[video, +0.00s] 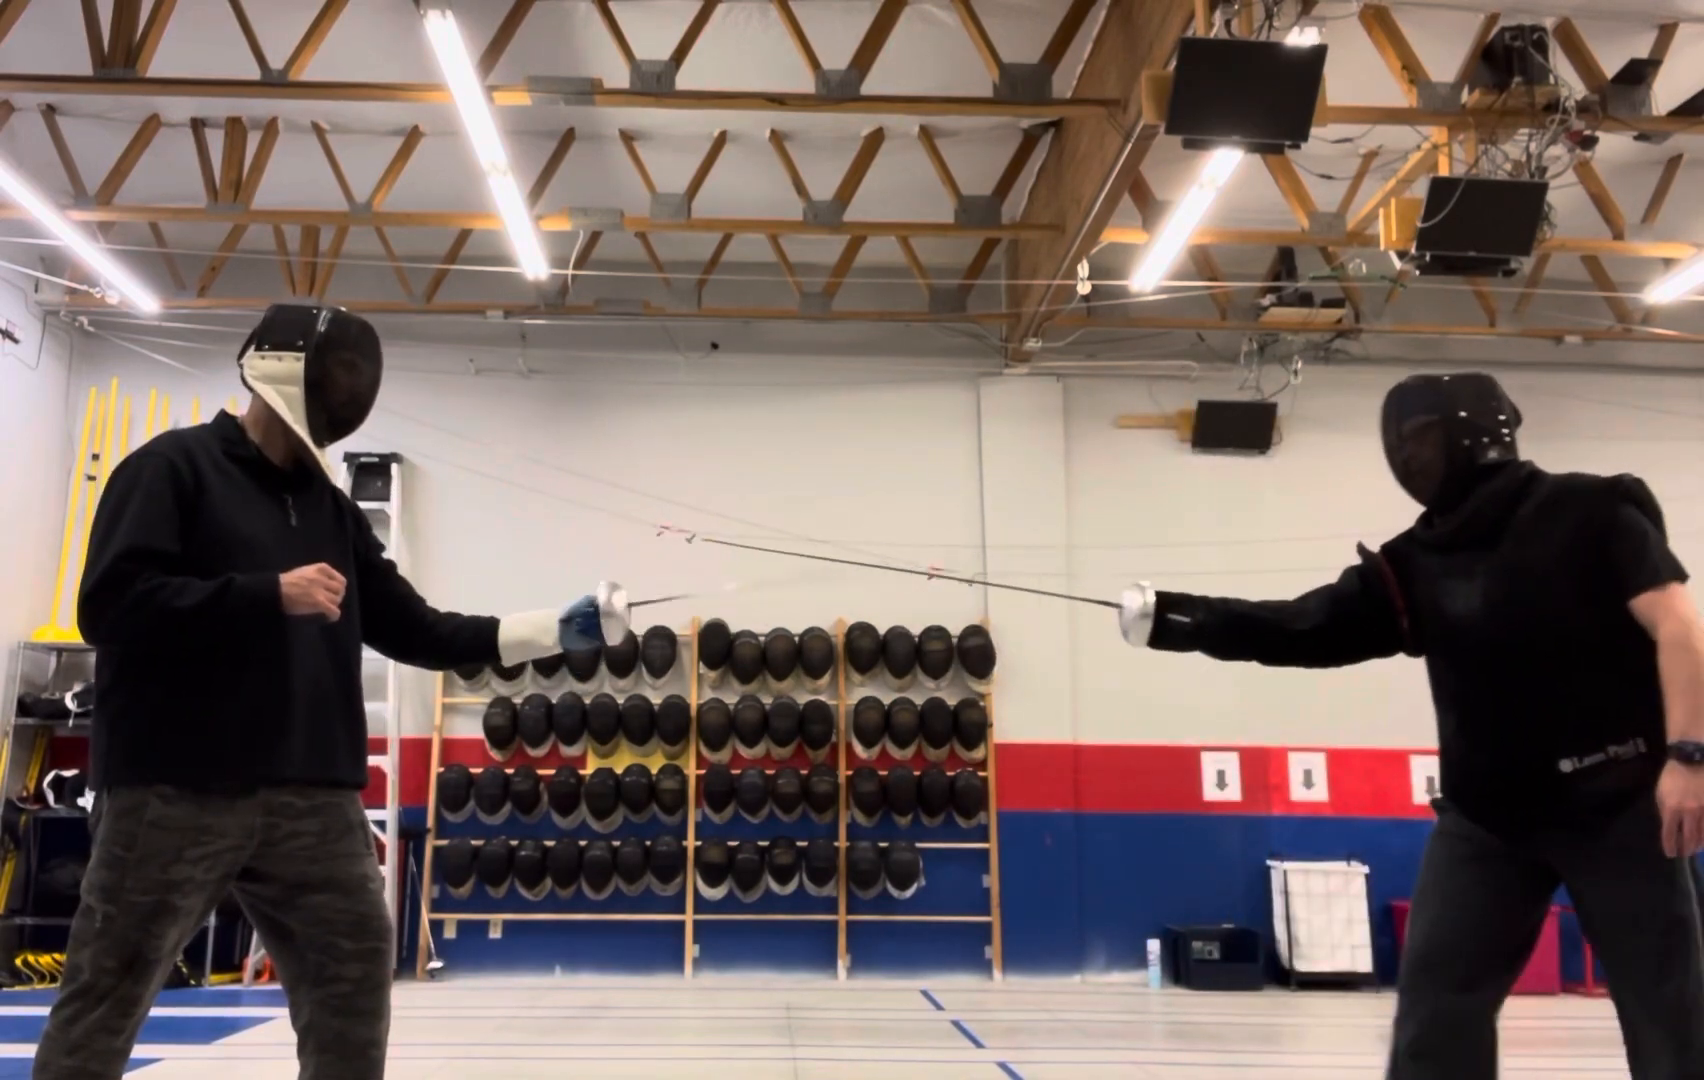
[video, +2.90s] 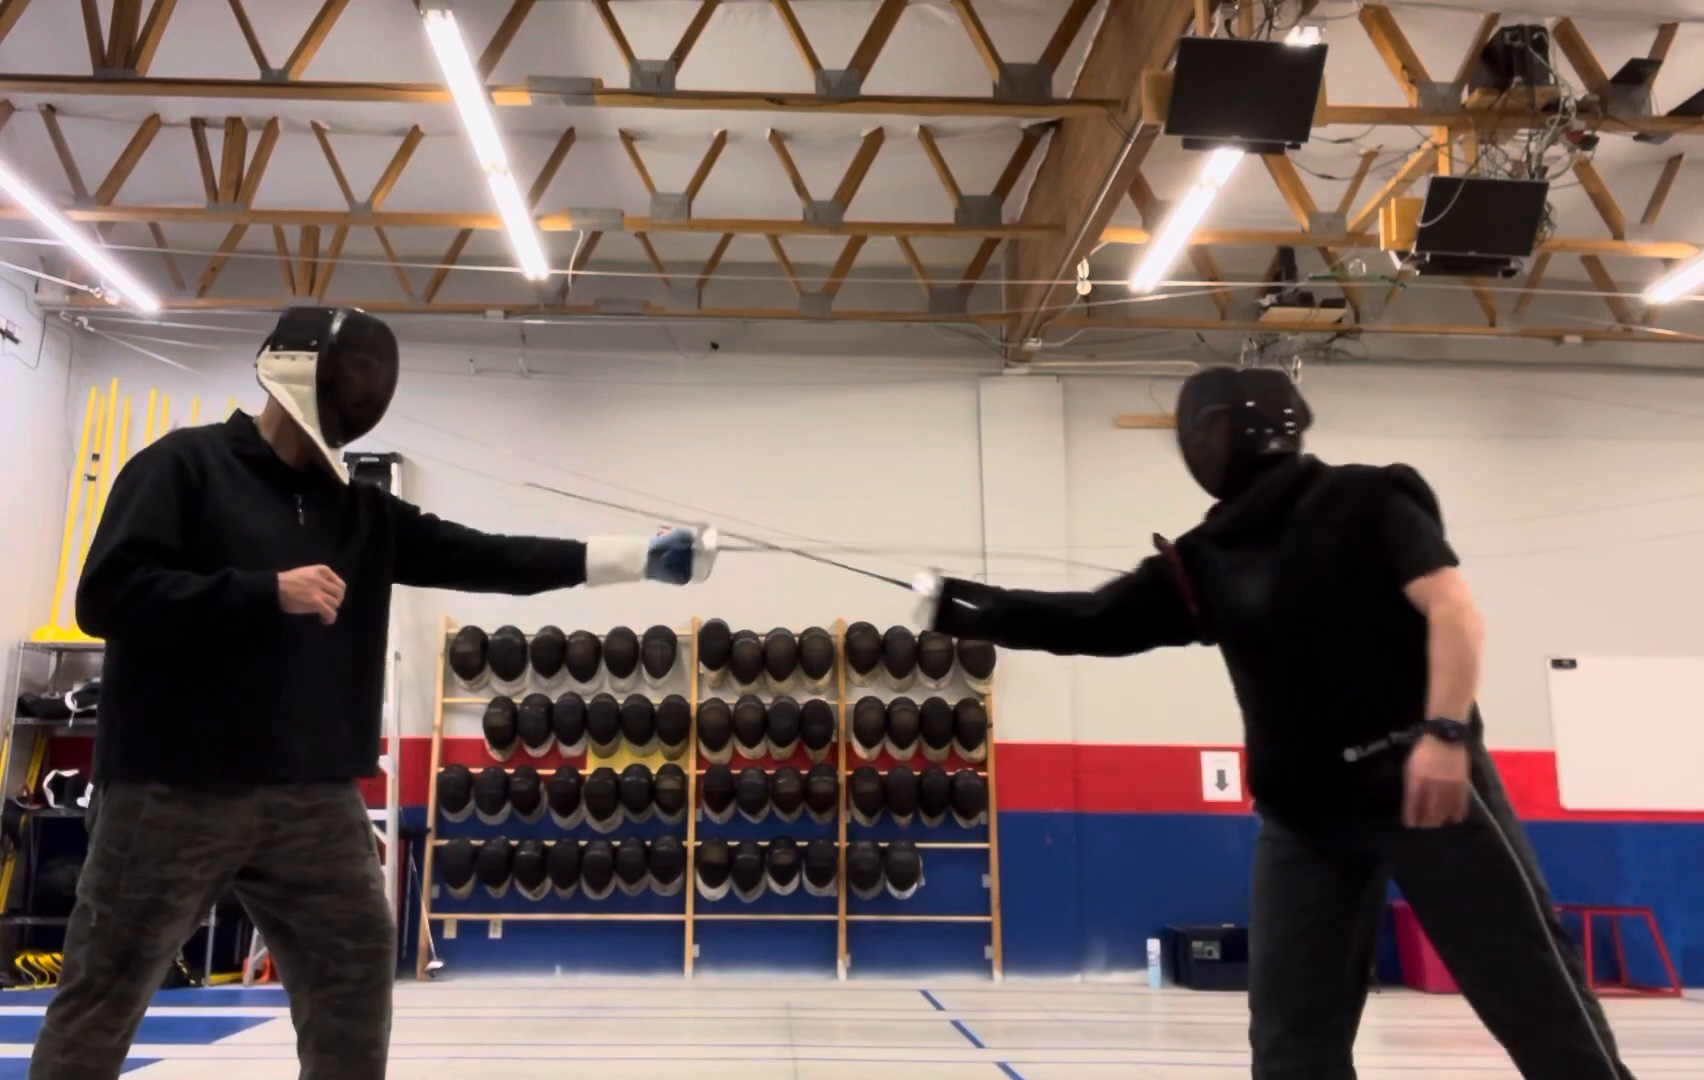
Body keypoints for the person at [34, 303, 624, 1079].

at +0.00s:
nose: (319, 436)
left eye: (331, 421)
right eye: (309, 410)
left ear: (344, 410)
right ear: (266, 379)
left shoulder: (328, 508)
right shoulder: (165, 470)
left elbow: (408, 627)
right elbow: (108, 604)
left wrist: (550, 634)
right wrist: (267, 593)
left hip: (308, 798)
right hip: (170, 793)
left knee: (351, 980)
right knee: (104, 1000)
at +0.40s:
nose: (326, 435)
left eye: (340, 418)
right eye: (317, 412)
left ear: (348, 410)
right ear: (271, 384)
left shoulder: (338, 515)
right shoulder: (166, 470)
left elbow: (452, 597)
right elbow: (102, 598)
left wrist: (596, 589)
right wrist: (261, 592)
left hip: (307, 801)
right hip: (168, 794)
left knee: (351, 996)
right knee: (96, 1009)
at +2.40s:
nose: (328, 412)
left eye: (338, 396)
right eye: (318, 387)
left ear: (335, 399)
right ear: (268, 372)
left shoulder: (329, 510)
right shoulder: (162, 469)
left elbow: (421, 621)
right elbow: (107, 602)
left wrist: (569, 633)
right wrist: (264, 590)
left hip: (309, 795)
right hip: (171, 791)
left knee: (352, 986)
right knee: (103, 1002)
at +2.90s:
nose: (353, 417)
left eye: (363, 401)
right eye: (340, 392)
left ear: (366, 403)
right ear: (286, 374)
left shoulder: (362, 514)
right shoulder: (178, 467)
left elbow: (490, 557)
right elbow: (106, 592)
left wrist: (640, 556)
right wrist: (266, 591)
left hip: (311, 799)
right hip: (167, 793)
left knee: (352, 998)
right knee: (98, 1006)